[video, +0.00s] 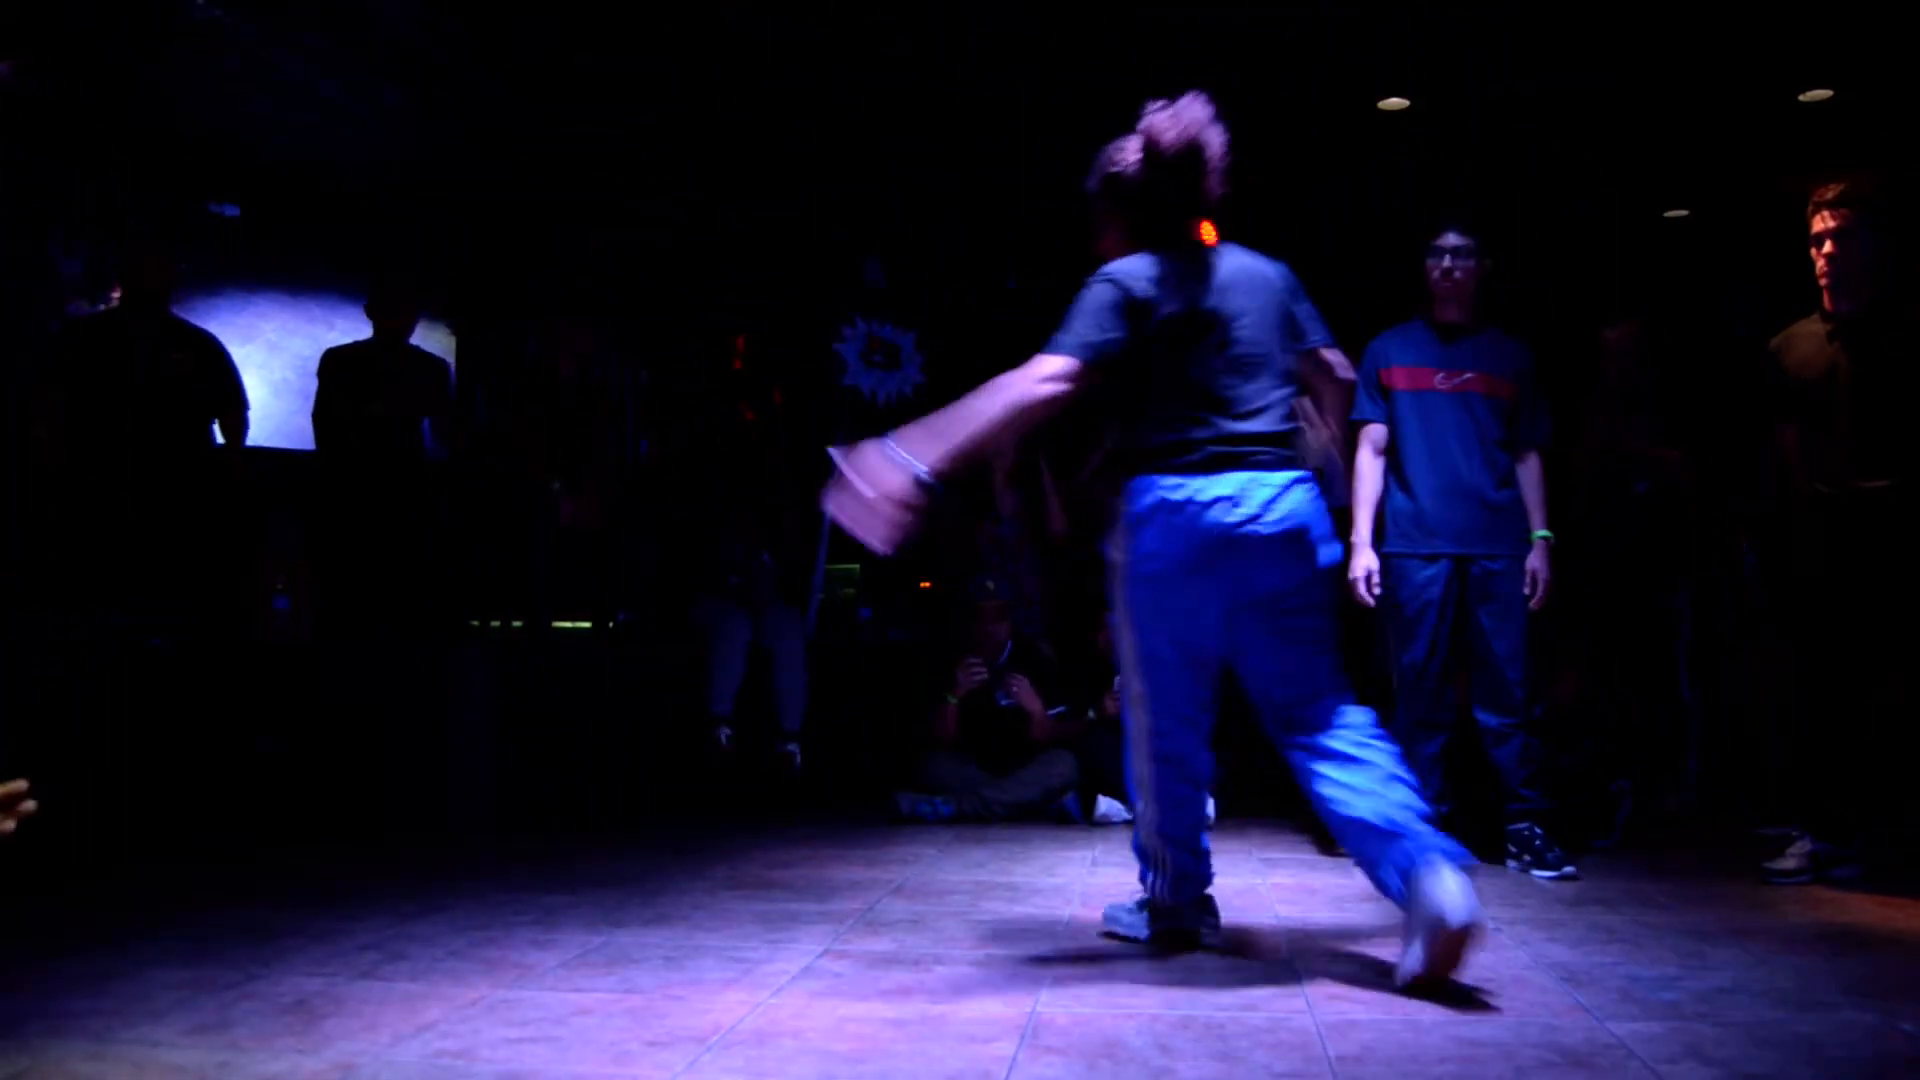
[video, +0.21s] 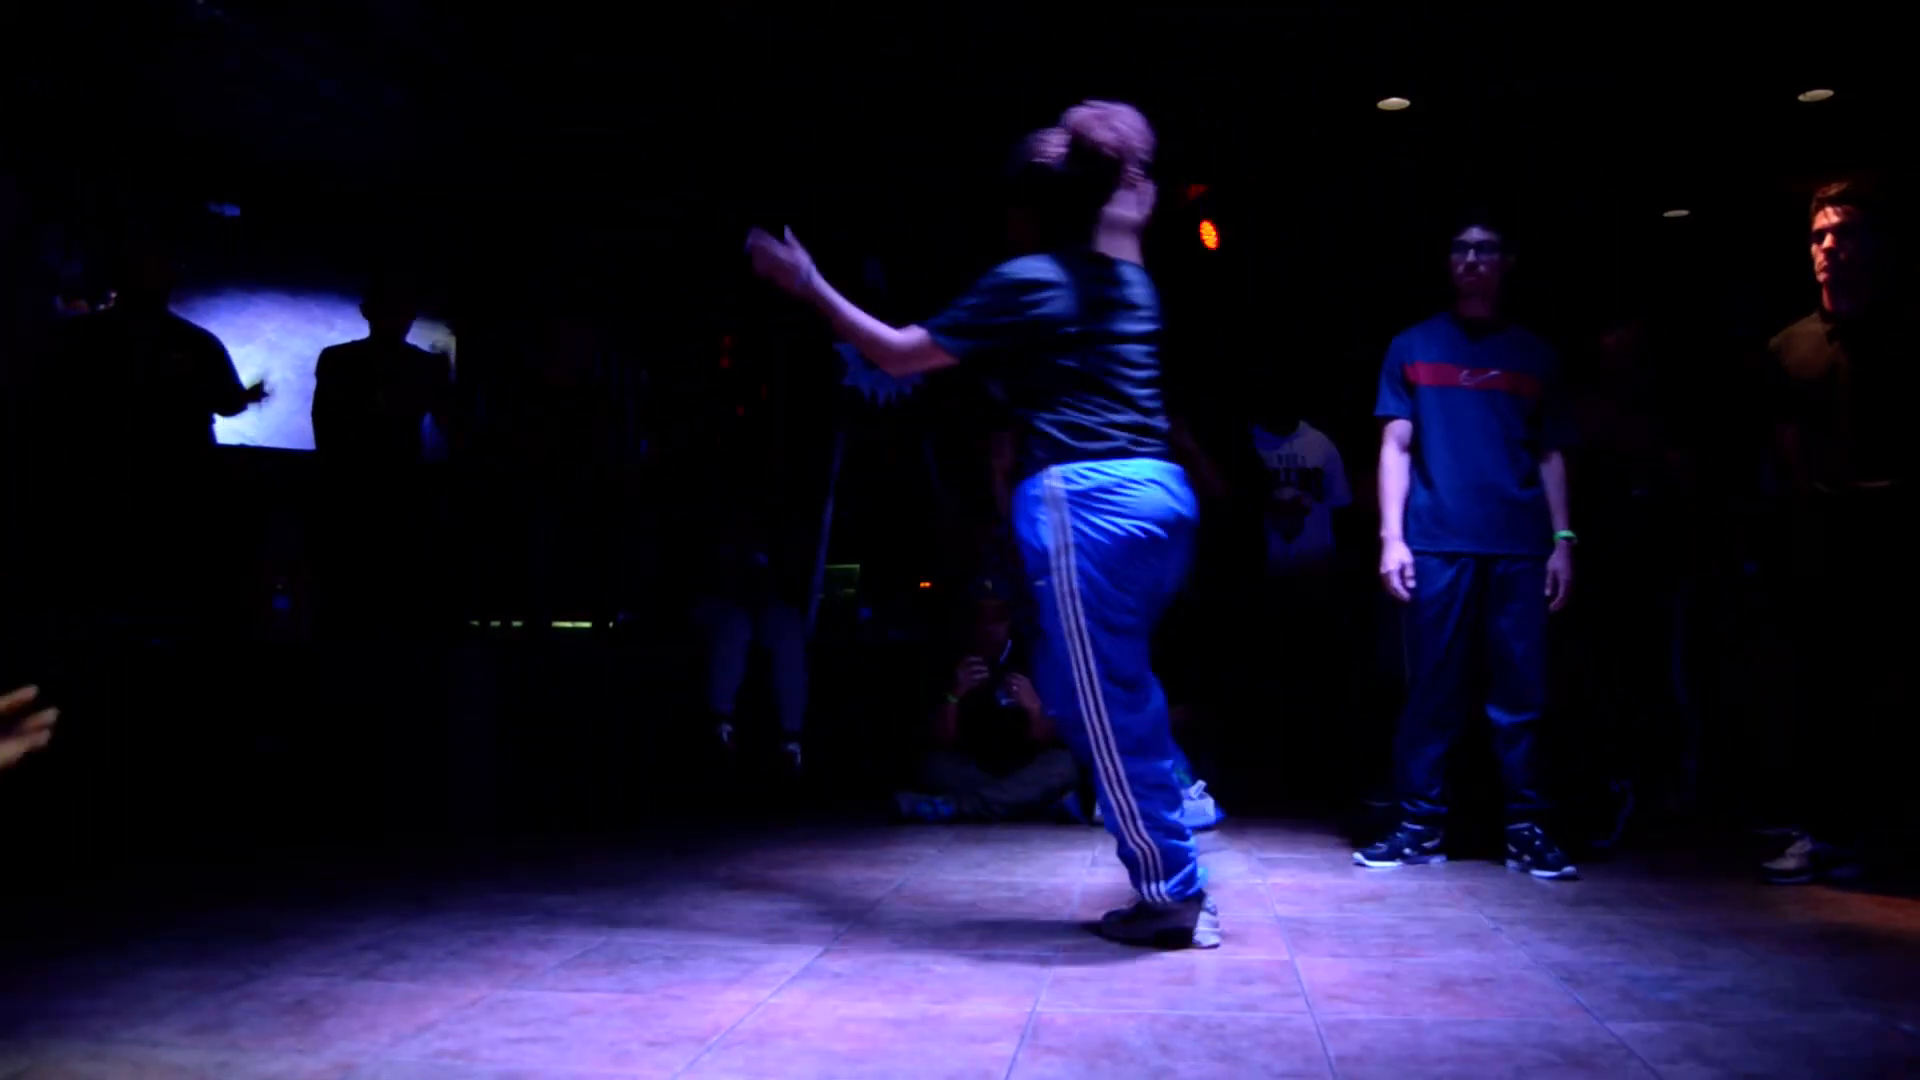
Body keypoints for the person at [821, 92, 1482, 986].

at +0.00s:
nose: (1096, 223)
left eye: (1103, 207)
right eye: (1099, 206)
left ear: (1123, 209)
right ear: (1201, 200)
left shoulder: (1123, 285)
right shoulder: (1266, 277)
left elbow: (1048, 380)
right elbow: (1334, 374)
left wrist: (910, 455)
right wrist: (1329, 466)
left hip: (1170, 511)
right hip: (1280, 504)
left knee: (1166, 711)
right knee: (1318, 707)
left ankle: (1176, 898)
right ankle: (1426, 874)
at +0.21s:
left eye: (1020, 189)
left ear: (1035, 201)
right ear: (1106, 198)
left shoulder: (1032, 284)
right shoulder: (1133, 283)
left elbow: (901, 353)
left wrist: (810, 286)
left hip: (1081, 500)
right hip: (1157, 490)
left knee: (1092, 691)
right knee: (1116, 672)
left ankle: (1171, 894)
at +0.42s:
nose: (910, 216)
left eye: (917, 205)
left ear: (919, 216)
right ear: (984, 221)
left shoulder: (912, 310)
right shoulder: (994, 310)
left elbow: (827, 353)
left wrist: (812, 273)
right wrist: (833, 290)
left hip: (959, 521)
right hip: (1014, 508)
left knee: (1039, 691)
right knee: (909, 691)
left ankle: (1154, 870)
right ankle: (827, 862)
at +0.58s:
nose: (765, 254)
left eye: (771, 245)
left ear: (790, 247)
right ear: (856, 252)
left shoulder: (801, 311)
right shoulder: (866, 326)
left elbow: (706, 402)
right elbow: (763, 421)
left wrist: (669, 445)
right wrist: (684, 450)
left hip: (848, 518)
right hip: (891, 517)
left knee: (817, 704)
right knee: (793, 700)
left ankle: (984, 815)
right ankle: (804, 873)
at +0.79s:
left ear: (654, 248)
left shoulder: (688, 298)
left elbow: (714, 398)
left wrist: (655, 489)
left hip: (721, 505)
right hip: (763, 504)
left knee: (613, 664)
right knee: (768, 690)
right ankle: (804, 867)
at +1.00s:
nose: (465, 290)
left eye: (473, 276)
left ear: (491, 273)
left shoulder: (536, 311)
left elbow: (589, 410)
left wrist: (498, 468)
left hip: (557, 516)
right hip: (606, 518)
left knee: (481, 682)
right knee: (613, 694)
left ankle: (435, 862)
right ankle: (742, 817)